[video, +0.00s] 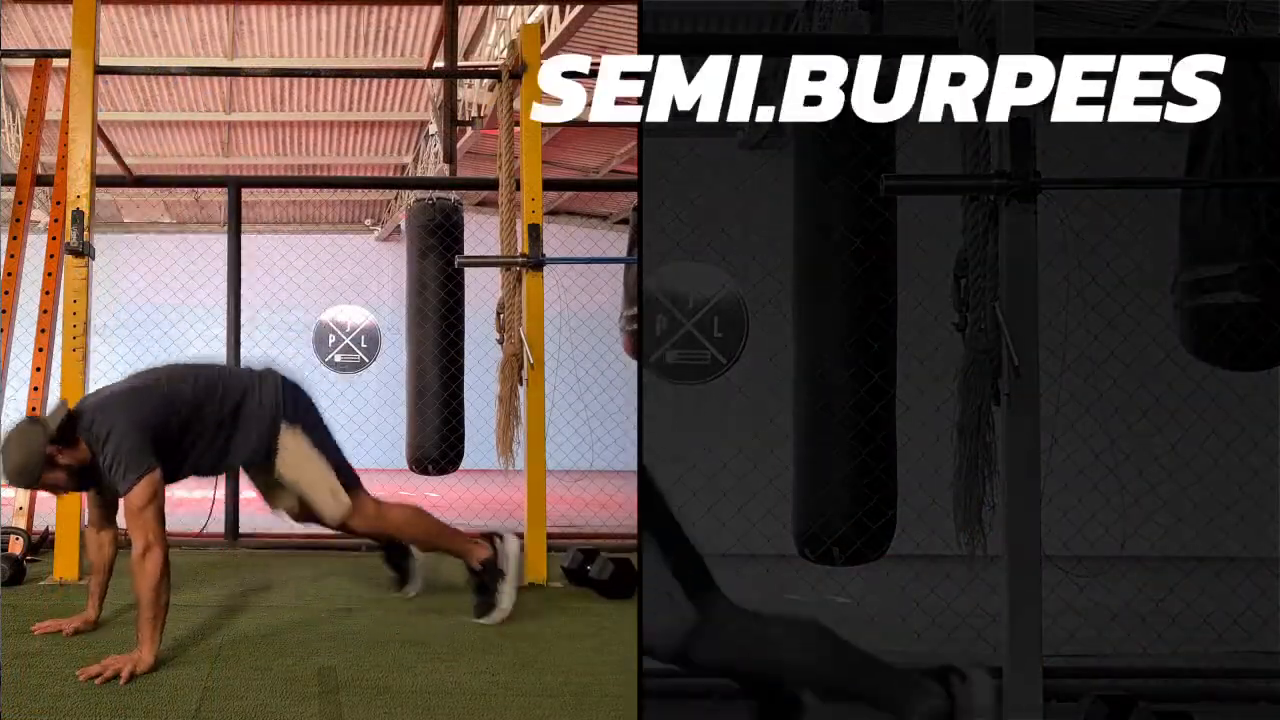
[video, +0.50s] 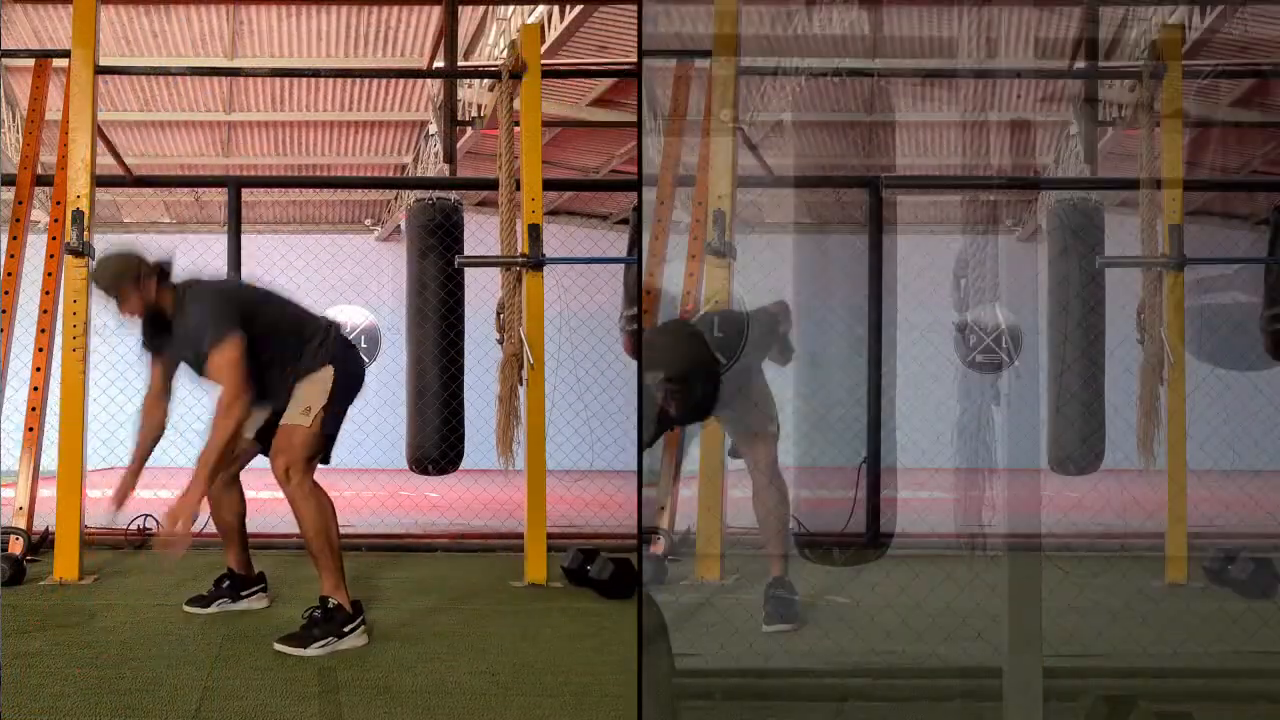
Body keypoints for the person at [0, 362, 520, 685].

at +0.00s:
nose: (56, 491)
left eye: (50, 482)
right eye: (46, 486)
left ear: (61, 455)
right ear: (56, 452)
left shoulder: (123, 432)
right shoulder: (82, 439)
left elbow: (149, 546)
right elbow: (101, 526)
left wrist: (145, 649)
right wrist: (91, 608)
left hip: (269, 407)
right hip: (242, 433)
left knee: (348, 509)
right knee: (295, 506)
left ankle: (484, 552)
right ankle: (392, 535)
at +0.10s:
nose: (101, 493)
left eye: (93, 485)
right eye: (93, 490)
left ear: (99, 462)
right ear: (94, 457)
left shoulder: (145, 433)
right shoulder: (108, 435)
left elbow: (157, 546)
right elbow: (109, 530)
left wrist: (146, 648)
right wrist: (93, 609)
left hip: (282, 352)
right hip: (245, 383)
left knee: (323, 480)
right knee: (266, 480)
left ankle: (438, 558)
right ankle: (345, 538)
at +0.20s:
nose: (127, 494)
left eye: (123, 488)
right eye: (120, 493)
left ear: (133, 461)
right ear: (129, 456)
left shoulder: (175, 437)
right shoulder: (134, 434)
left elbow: (169, 546)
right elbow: (125, 528)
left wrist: (144, 650)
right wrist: (94, 610)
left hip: (296, 329)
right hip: (257, 348)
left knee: (292, 457)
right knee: (229, 458)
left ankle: (372, 581)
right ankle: (271, 551)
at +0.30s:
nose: (122, 466)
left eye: (120, 456)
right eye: (115, 460)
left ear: (136, 436)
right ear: (133, 435)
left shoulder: (184, 429)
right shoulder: (140, 427)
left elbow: (171, 542)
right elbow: (124, 522)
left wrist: (140, 643)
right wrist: (91, 606)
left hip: (319, 353)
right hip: (270, 362)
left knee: (289, 466)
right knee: (221, 466)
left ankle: (341, 607)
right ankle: (244, 578)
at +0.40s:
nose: (116, 395)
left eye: (116, 383)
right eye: (110, 387)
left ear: (139, 366)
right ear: (134, 368)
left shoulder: (192, 375)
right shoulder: (145, 390)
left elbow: (178, 486)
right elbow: (121, 479)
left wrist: (142, 586)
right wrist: (91, 558)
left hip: (328, 372)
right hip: (277, 389)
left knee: (286, 468)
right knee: (213, 468)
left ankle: (340, 609)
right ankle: (243, 579)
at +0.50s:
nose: (123, 308)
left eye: (124, 295)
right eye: (116, 299)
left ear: (149, 278)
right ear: (139, 287)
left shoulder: (205, 306)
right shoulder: (160, 325)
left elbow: (236, 397)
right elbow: (156, 401)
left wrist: (194, 493)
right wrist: (134, 470)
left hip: (325, 361)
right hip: (274, 379)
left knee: (291, 466)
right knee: (219, 470)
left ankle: (340, 607)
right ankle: (242, 577)